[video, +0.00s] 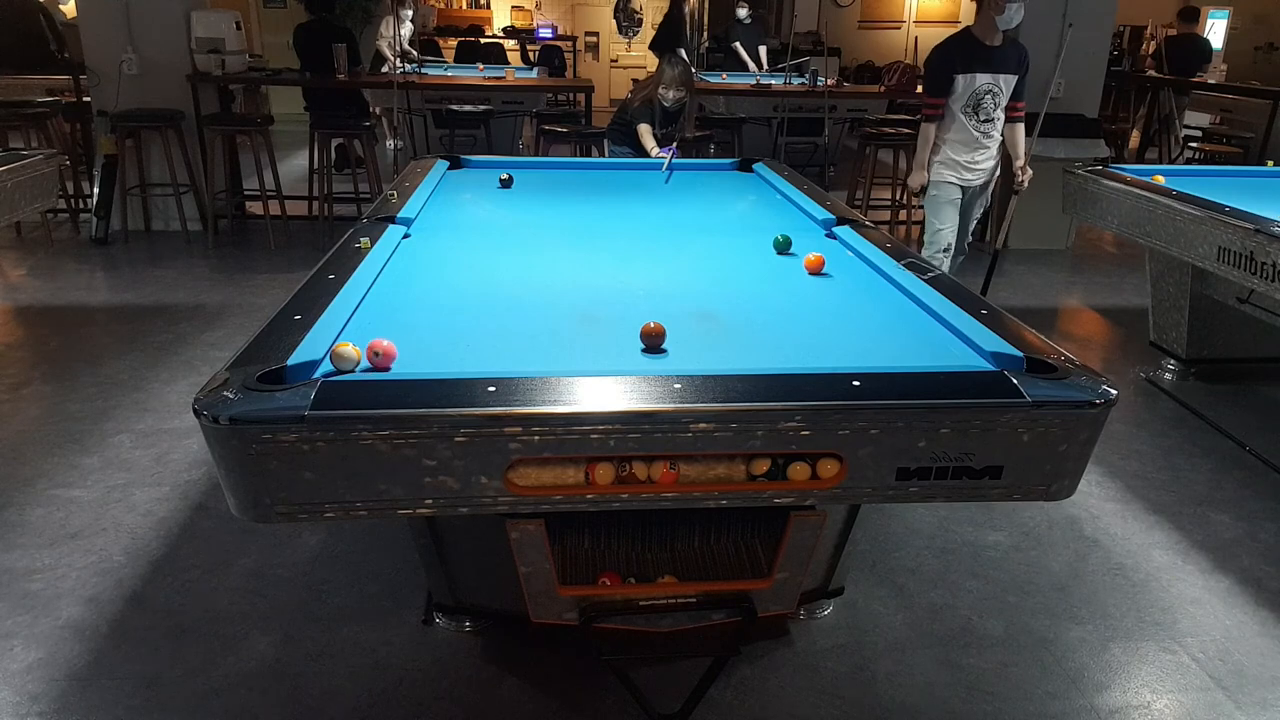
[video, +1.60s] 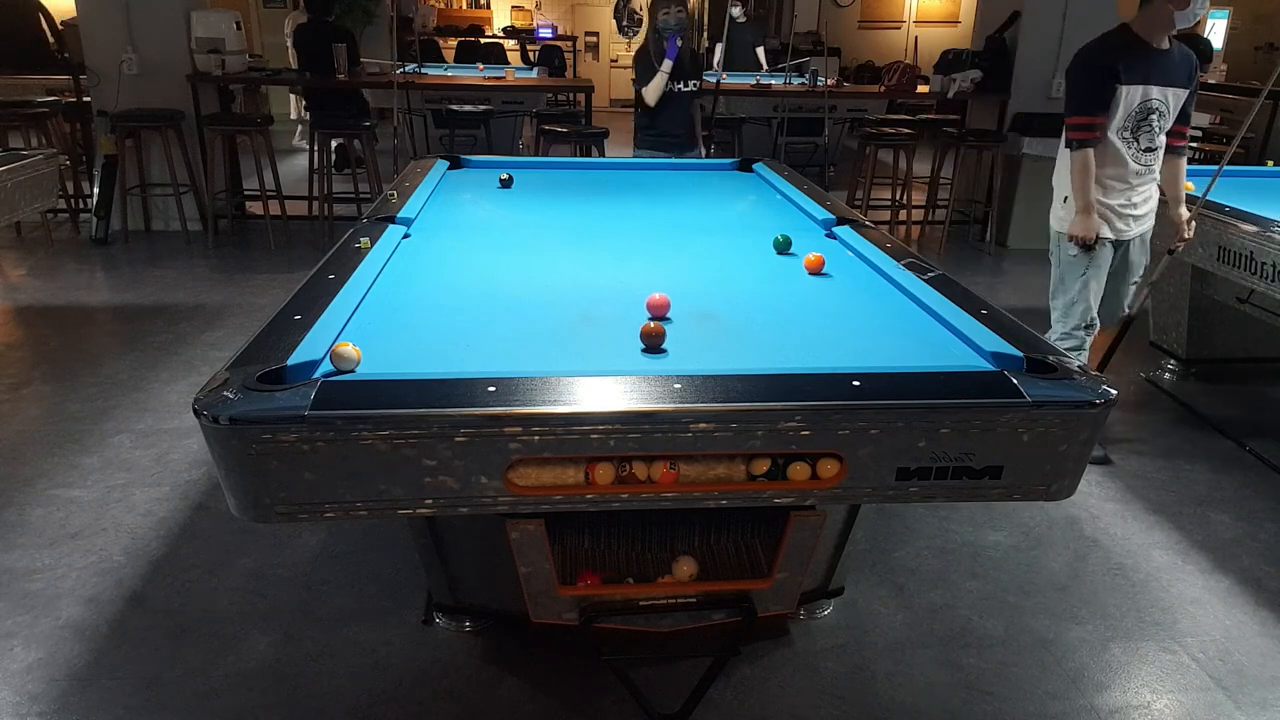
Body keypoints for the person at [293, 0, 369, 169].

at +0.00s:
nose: (302, 7)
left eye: (304, 5)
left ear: (307, 7)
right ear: (333, 7)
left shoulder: (300, 31)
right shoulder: (343, 31)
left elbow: (306, 64)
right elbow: (358, 72)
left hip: (315, 102)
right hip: (347, 103)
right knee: (362, 107)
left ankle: (352, 152)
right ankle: (345, 148)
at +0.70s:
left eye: (303, 5)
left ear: (307, 8)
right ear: (333, 7)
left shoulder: (300, 30)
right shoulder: (342, 30)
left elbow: (305, 61)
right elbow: (357, 61)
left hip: (314, 101)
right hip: (345, 101)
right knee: (362, 106)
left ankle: (350, 150)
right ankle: (343, 147)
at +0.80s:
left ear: (308, 8)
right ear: (335, 8)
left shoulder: (300, 31)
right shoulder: (344, 33)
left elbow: (305, 64)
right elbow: (355, 70)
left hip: (314, 102)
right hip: (346, 102)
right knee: (362, 107)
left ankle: (351, 150)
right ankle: (343, 147)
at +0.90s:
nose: (347, 10)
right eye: (344, 5)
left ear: (309, 8)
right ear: (337, 8)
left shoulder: (299, 31)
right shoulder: (344, 34)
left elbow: (305, 64)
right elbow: (355, 70)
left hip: (314, 102)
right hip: (345, 103)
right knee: (362, 106)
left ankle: (350, 150)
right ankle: (344, 147)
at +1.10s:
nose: (338, 7)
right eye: (336, 4)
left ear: (308, 8)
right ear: (332, 8)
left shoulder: (300, 31)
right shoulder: (344, 34)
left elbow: (306, 64)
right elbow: (357, 73)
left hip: (315, 104)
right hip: (346, 105)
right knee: (362, 105)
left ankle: (351, 150)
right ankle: (344, 148)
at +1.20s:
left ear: (308, 8)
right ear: (331, 8)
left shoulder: (300, 31)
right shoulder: (343, 32)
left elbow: (305, 65)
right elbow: (357, 71)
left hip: (315, 103)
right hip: (346, 104)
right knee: (362, 106)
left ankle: (351, 150)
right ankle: (345, 148)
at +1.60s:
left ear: (307, 8)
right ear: (332, 8)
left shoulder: (300, 31)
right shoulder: (343, 31)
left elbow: (303, 68)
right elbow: (356, 71)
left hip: (315, 103)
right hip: (346, 104)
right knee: (362, 106)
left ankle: (351, 151)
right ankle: (344, 148)